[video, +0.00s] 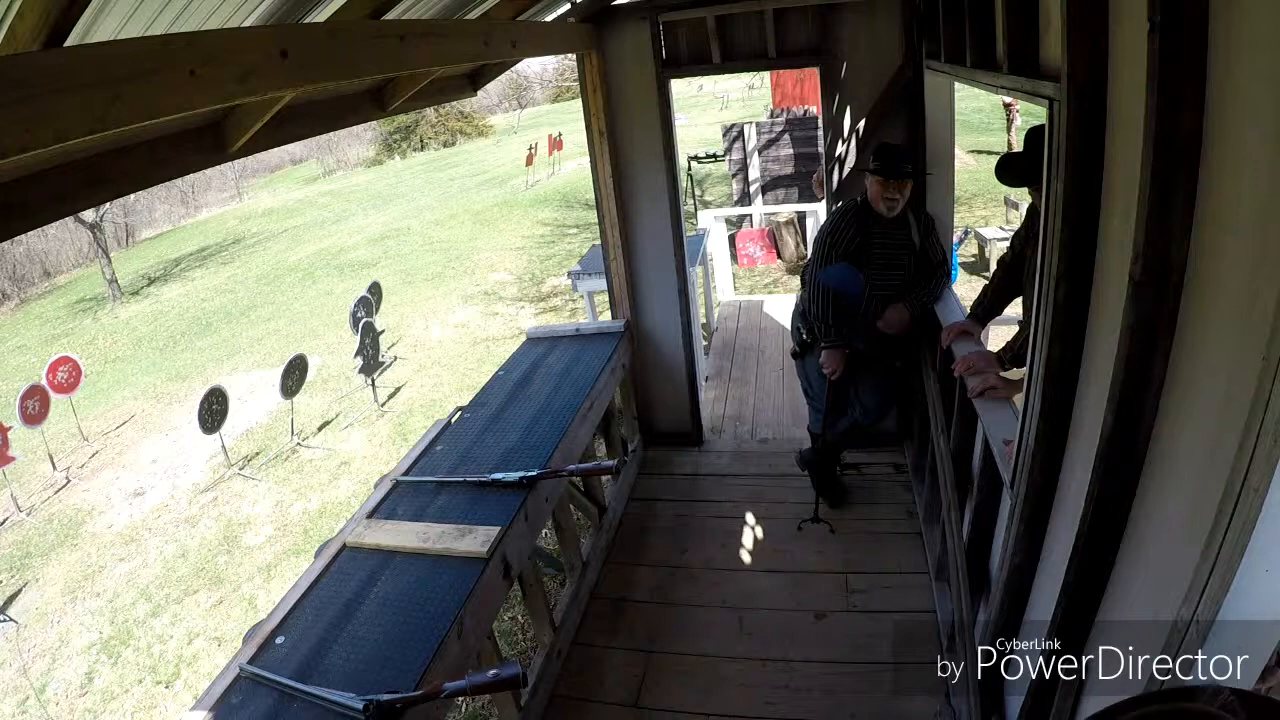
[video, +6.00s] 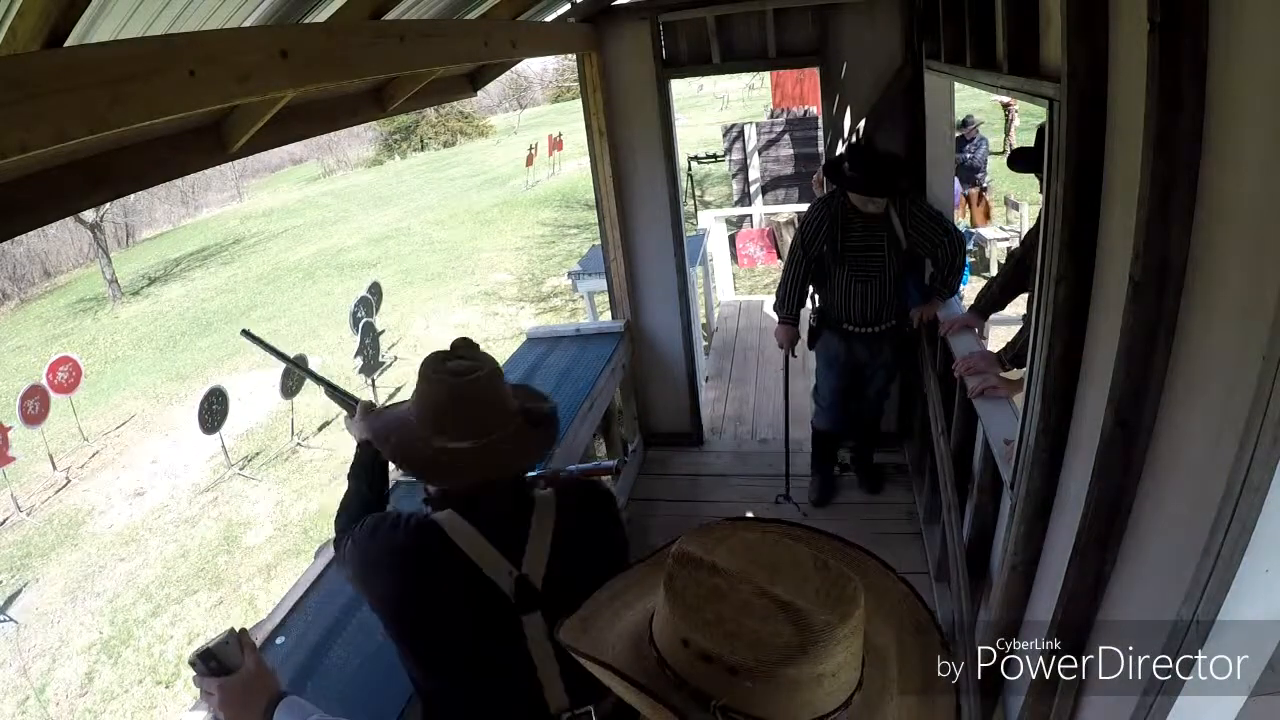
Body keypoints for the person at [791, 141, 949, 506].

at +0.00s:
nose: (893, 189)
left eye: (902, 180)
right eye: (884, 179)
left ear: (912, 184)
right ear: (868, 180)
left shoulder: (920, 223)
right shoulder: (846, 221)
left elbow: (939, 274)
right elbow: (818, 279)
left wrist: (909, 307)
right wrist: (831, 342)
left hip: (880, 334)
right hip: (826, 332)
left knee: (875, 407)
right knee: (828, 407)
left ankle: (818, 454)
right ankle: (825, 470)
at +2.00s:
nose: (894, 196)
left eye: (903, 188)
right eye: (884, 186)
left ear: (914, 189)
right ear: (868, 184)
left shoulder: (922, 226)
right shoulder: (844, 224)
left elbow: (938, 275)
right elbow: (820, 282)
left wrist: (909, 317)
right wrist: (830, 343)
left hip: (875, 336)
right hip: (824, 335)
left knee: (871, 409)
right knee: (827, 411)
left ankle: (817, 456)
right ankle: (827, 478)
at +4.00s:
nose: (880, 198)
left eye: (891, 190)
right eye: (873, 188)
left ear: (908, 192)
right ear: (863, 186)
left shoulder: (919, 225)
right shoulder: (842, 225)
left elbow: (937, 275)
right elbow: (820, 285)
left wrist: (907, 317)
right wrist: (830, 344)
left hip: (876, 337)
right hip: (825, 338)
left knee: (874, 410)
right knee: (830, 413)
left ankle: (843, 467)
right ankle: (832, 484)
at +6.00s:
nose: (872, 203)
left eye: (879, 196)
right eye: (864, 196)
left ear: (890, 189)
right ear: (849, 186)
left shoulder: (909, 212)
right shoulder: (826, 213)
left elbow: (951, 244)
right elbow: (798, 263)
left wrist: (937, 297)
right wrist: (787, 317)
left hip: (888, 333)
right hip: (836, 333)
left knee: (874, 404)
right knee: (829, 405)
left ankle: (865, 462)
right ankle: (823, 474)